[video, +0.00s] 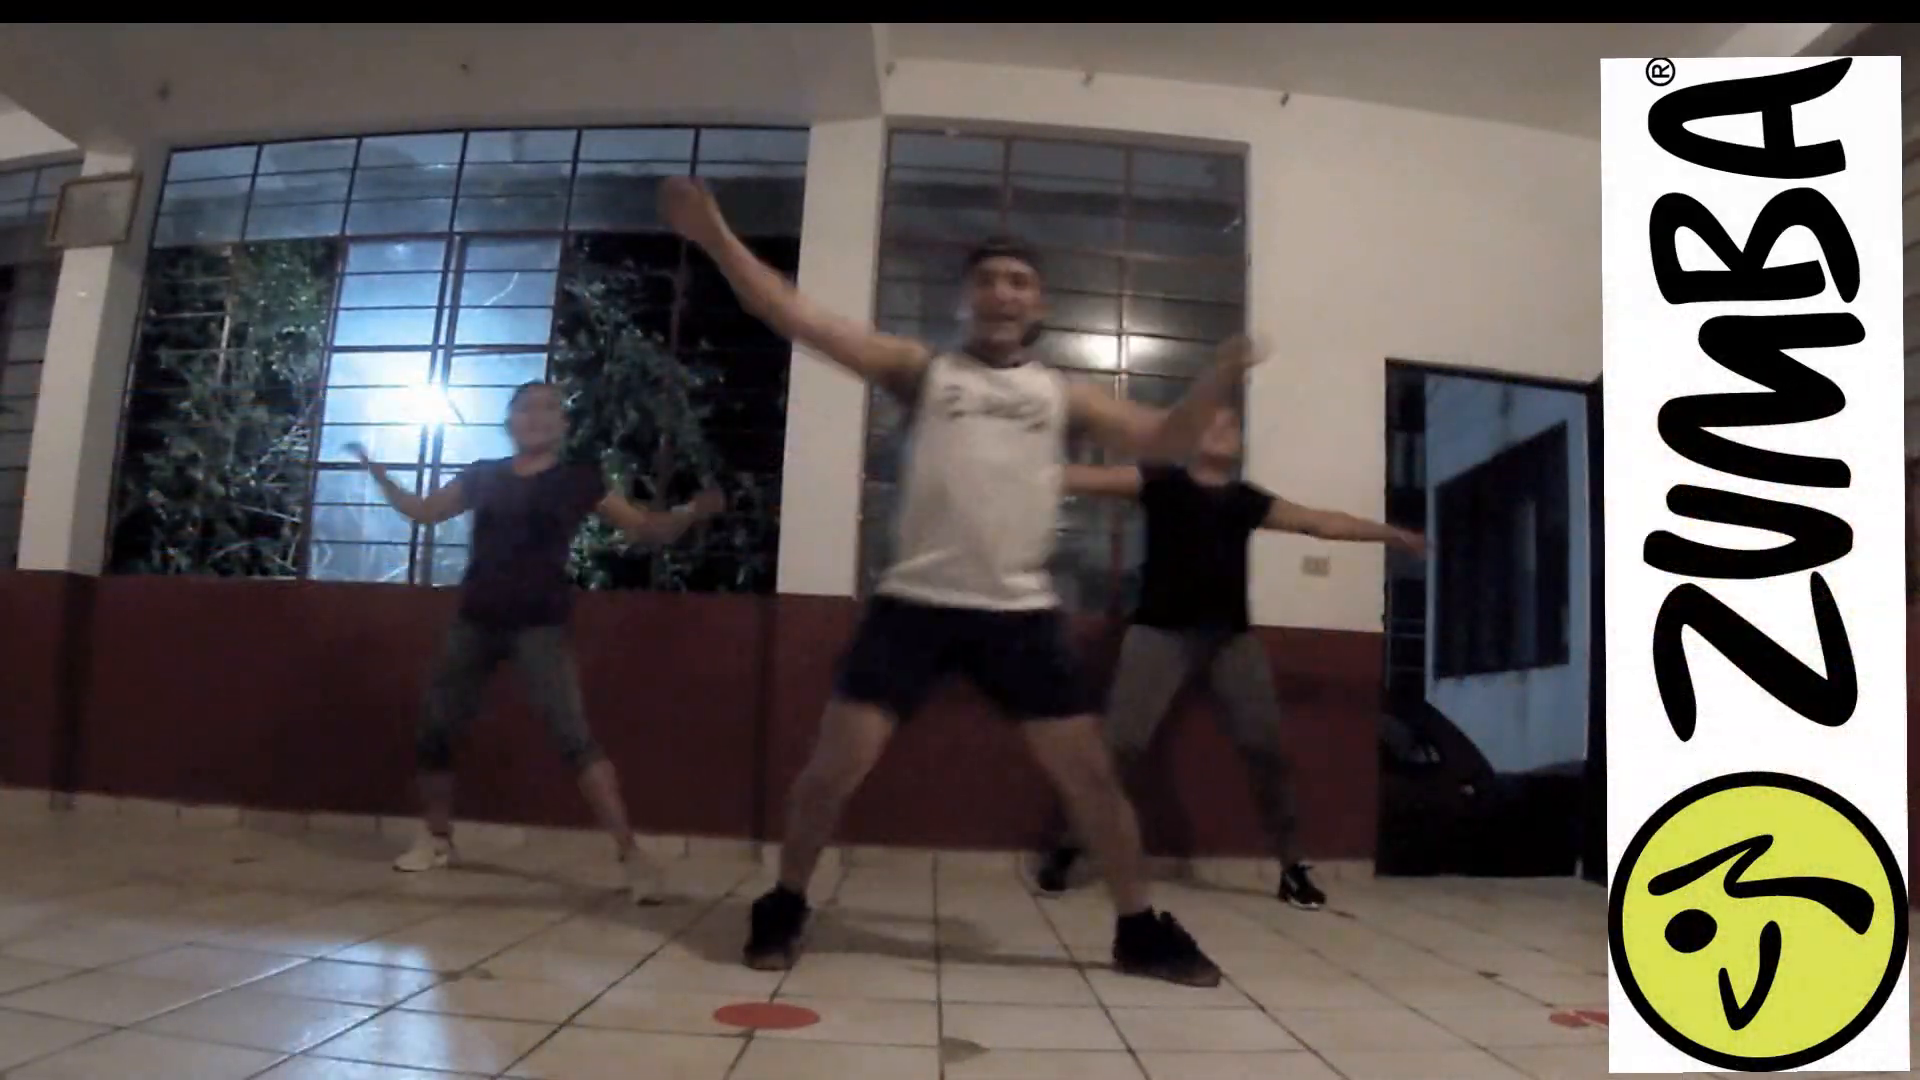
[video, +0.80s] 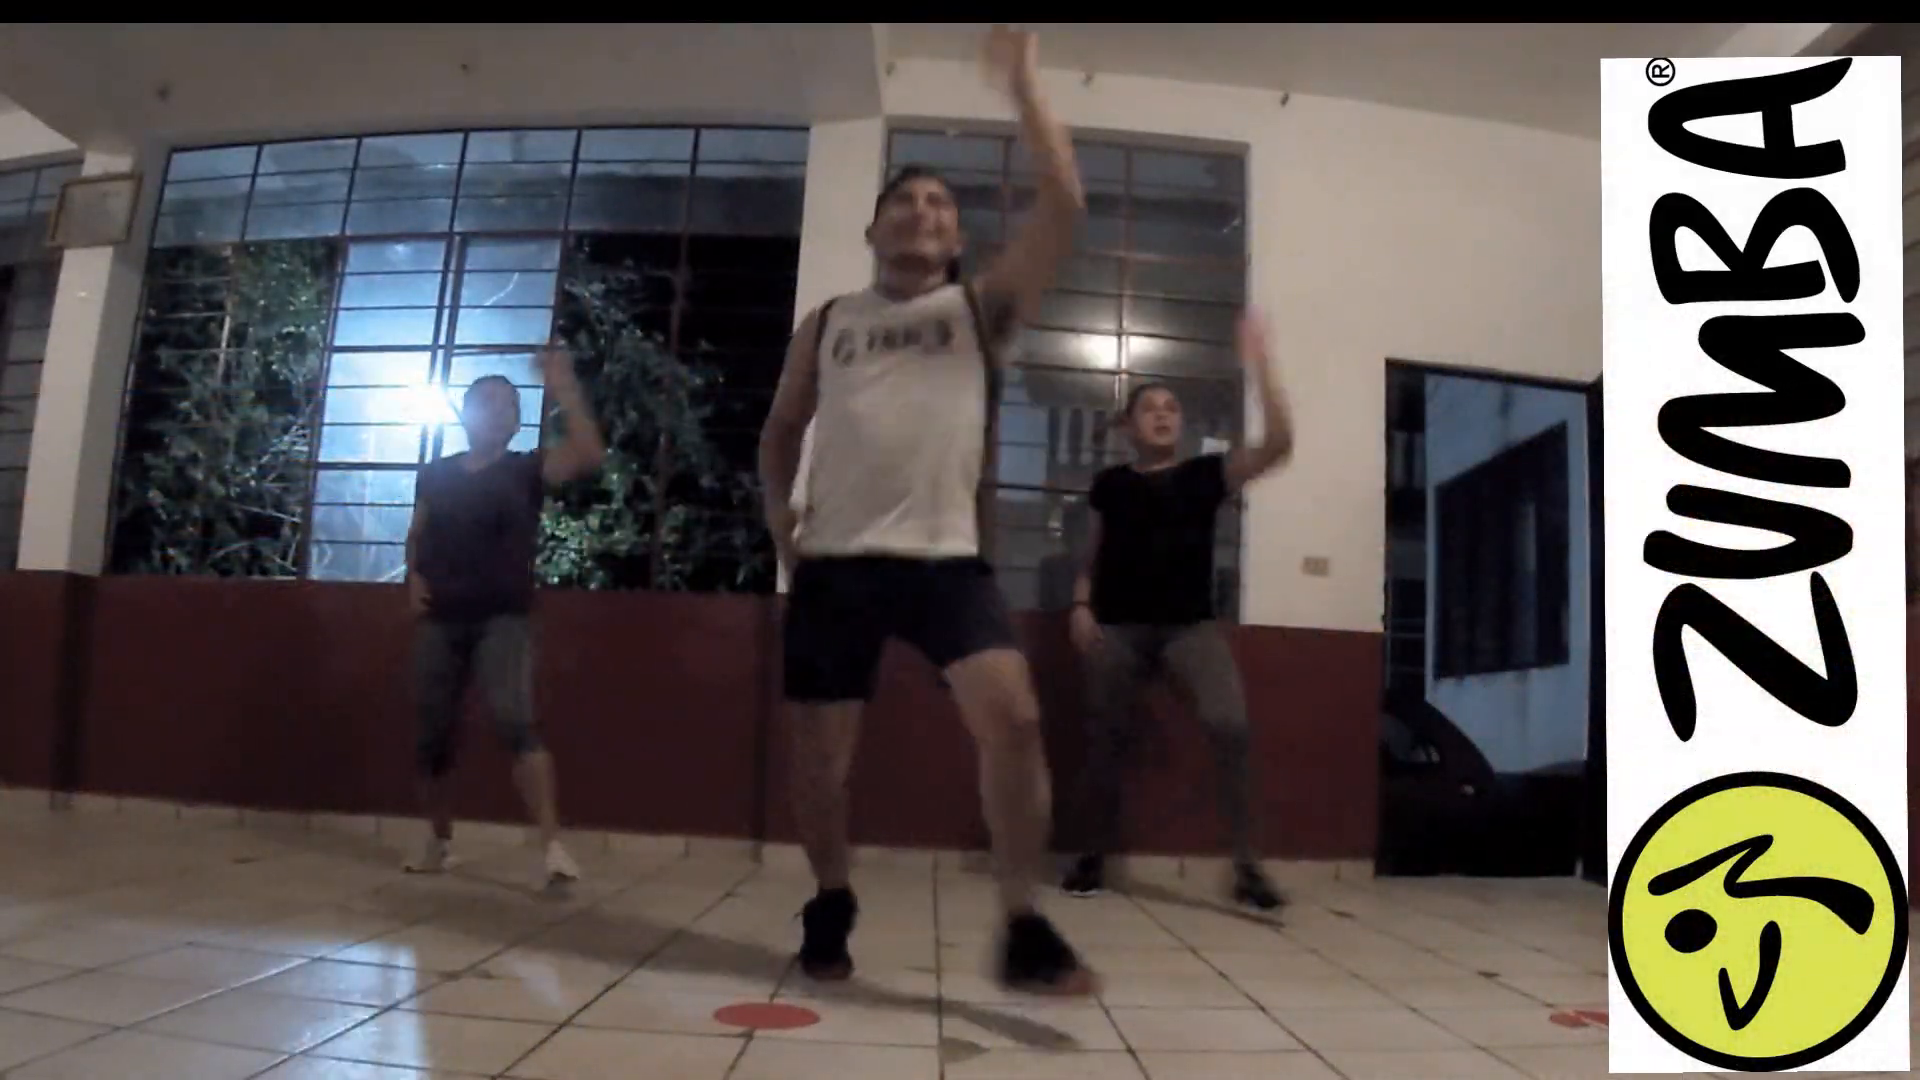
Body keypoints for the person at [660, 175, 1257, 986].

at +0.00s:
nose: (1003, 295)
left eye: (1018, 283)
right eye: (989, 281)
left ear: (1039, 302)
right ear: (966, 296)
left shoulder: (1064, 392)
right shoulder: (922, 368)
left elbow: (1166, 437)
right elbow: (801, 319)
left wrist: (1219, 378)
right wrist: (718, 239)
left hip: (1020, 616)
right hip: (912, 607)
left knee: (1091, 776)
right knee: (833, 772)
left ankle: (1139, 925)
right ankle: (784, 904)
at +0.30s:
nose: (914, 224)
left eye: (928, 215)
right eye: (897, 213)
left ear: (947, 240)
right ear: (868, 235)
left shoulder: (975, 327)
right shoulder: (833, 302)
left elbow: (1057, 407)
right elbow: (728, 260)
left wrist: (1104, 472)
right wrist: (628, 215)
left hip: (948, 548)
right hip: (844, 548)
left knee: (985, 715)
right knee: (817, 723)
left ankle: (1006, 877)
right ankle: (787, 891)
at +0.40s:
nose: (911, 212)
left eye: (925, 202)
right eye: (895, 201)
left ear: (948, 226)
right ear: (867, 221)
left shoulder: (981, 306)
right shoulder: (827, 292)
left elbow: (1053, 402)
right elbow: (719, 306)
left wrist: (1041, 492)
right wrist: (620, 323)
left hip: (937, 543)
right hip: (838, 540)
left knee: (935, 716)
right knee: (820, 717)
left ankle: (928, 883)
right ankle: (816, 886)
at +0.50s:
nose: (912, 243)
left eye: (926, 232)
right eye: (895, 231)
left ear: (946, 254)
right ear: (865, 253)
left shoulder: (982, 339)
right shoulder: (826, 340)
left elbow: (1021, 448)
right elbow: (738, 410)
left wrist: (995, 501)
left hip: (923, 585)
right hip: (827, 575)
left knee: (912, 768)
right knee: (820, 747)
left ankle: (886, 900)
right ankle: (824, 910)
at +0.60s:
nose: (907, 263)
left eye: (922, 255)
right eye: (889, 253)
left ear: (941, 285)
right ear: (860, 279)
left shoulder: (962, 370)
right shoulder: (814, 368)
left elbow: (1007, 477)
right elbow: (753, 478)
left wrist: (983, 374)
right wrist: (720, 582)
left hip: (920, 612)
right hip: (818, 609)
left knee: (969, 762)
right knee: (815, 778)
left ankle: (919, 881)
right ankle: (824, 915)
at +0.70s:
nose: (911, 246)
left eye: (926, 239)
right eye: (893, 237)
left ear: (946, 268)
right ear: (864, 267)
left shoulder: (966, 348)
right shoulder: (815, 358)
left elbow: (1043, 339)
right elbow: (759, 469)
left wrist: (1010, 220)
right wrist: (756, 565)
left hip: (928, 592)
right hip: (821, 597)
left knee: (1013, 712)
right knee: (816, 776)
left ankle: (963, 877)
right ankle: (826, 911)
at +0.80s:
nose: (924, 213)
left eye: (939, 206)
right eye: (907, 204)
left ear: (957, 236)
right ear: (875, 232)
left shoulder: (982, 308)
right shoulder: (828, 323)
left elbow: (1063, 203)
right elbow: (781, 431)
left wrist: (1024, 86)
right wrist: (783, 524)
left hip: (947, 561)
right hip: (834, 559)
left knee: (1013, 720)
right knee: (820, 755)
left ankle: (1024, 925)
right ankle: (829, 906)